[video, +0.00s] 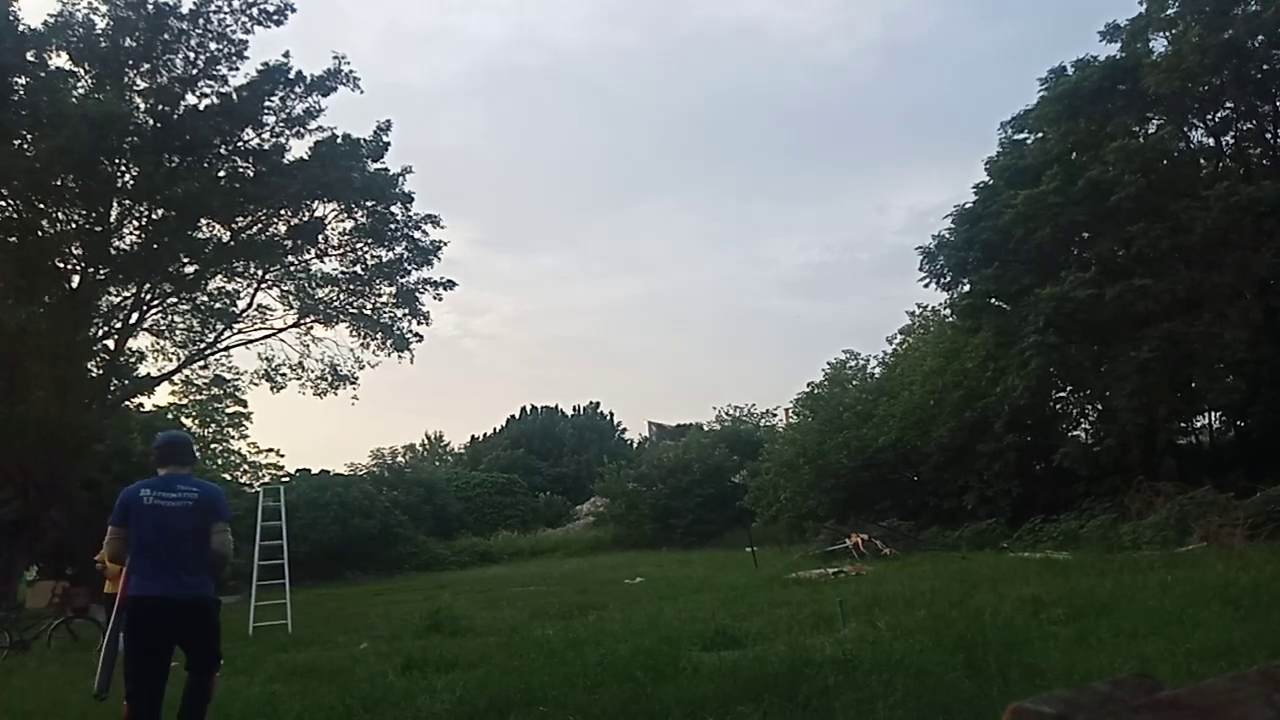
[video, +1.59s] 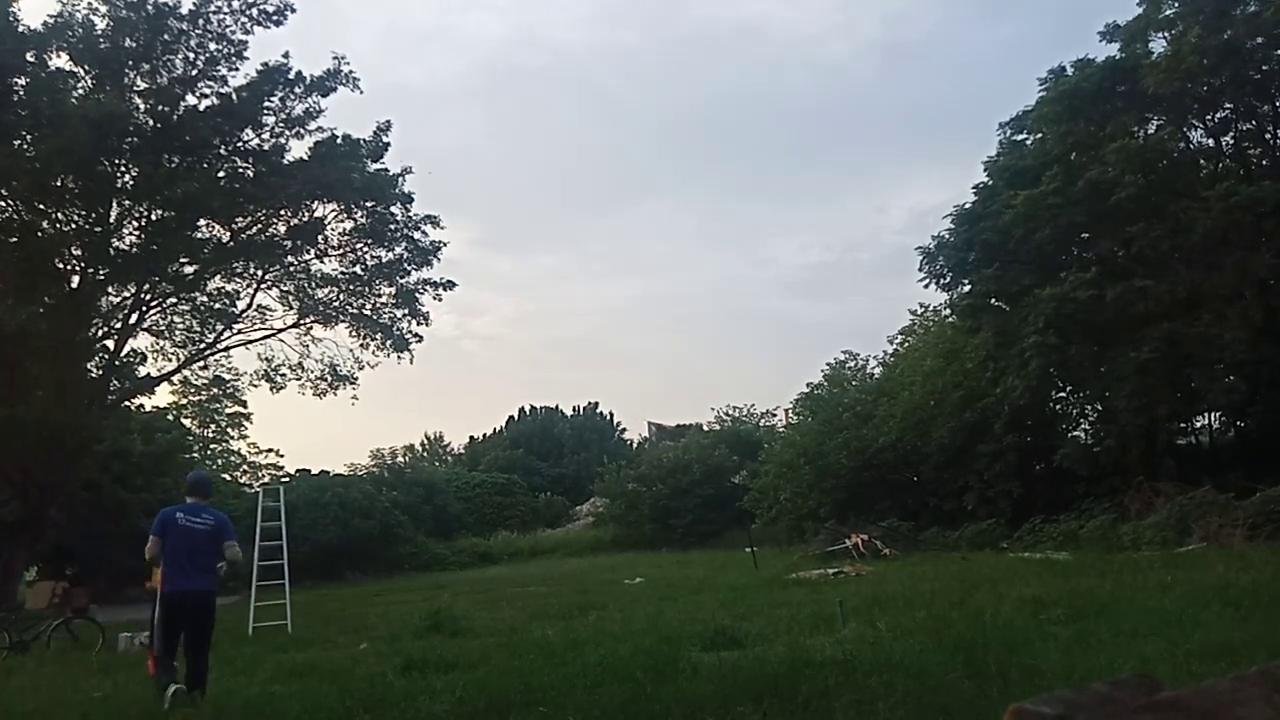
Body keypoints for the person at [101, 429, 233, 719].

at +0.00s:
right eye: (193, 458)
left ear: (156, 460)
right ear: (192, 460)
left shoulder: (132, 494)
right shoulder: (211, 493)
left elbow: (114, 552)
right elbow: (222, 549)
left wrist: (147, 561)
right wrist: (214, 579)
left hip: (145, 605)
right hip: (195, 605)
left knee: (143, 690)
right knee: (204, 669)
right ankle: (191, 714)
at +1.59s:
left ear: (185, 492)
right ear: (209, 494)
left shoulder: (167, 515)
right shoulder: (219, 520)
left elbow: (151, 553)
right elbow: (234, 555)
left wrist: (167, 554)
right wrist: (223, 562)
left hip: (172, 596)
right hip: (204, 597)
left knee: (164, 650)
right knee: (198, 650)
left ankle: (170, 686)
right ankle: (196, 700)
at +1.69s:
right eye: (204, 490)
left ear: (184, 489)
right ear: (208, 490)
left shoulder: (168, 512)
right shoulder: (219, 516)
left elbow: (151, 550)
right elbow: (234, 554)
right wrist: (221, 553)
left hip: (172, 591)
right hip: (204, 593)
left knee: (164, 642)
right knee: (198, 646)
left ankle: (171, 679)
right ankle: (197, 697)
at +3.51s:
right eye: (165, 516)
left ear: (152, 515)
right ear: (170, 516)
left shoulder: (139, 534)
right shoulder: (178, 536)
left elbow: (119, 560)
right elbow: (179, 560)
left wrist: (129, 579)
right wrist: (167, 575)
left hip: (142, 590)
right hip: (166, 591)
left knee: (141, 632)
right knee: (163, 632)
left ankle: (143, 671)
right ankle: (160, 668)